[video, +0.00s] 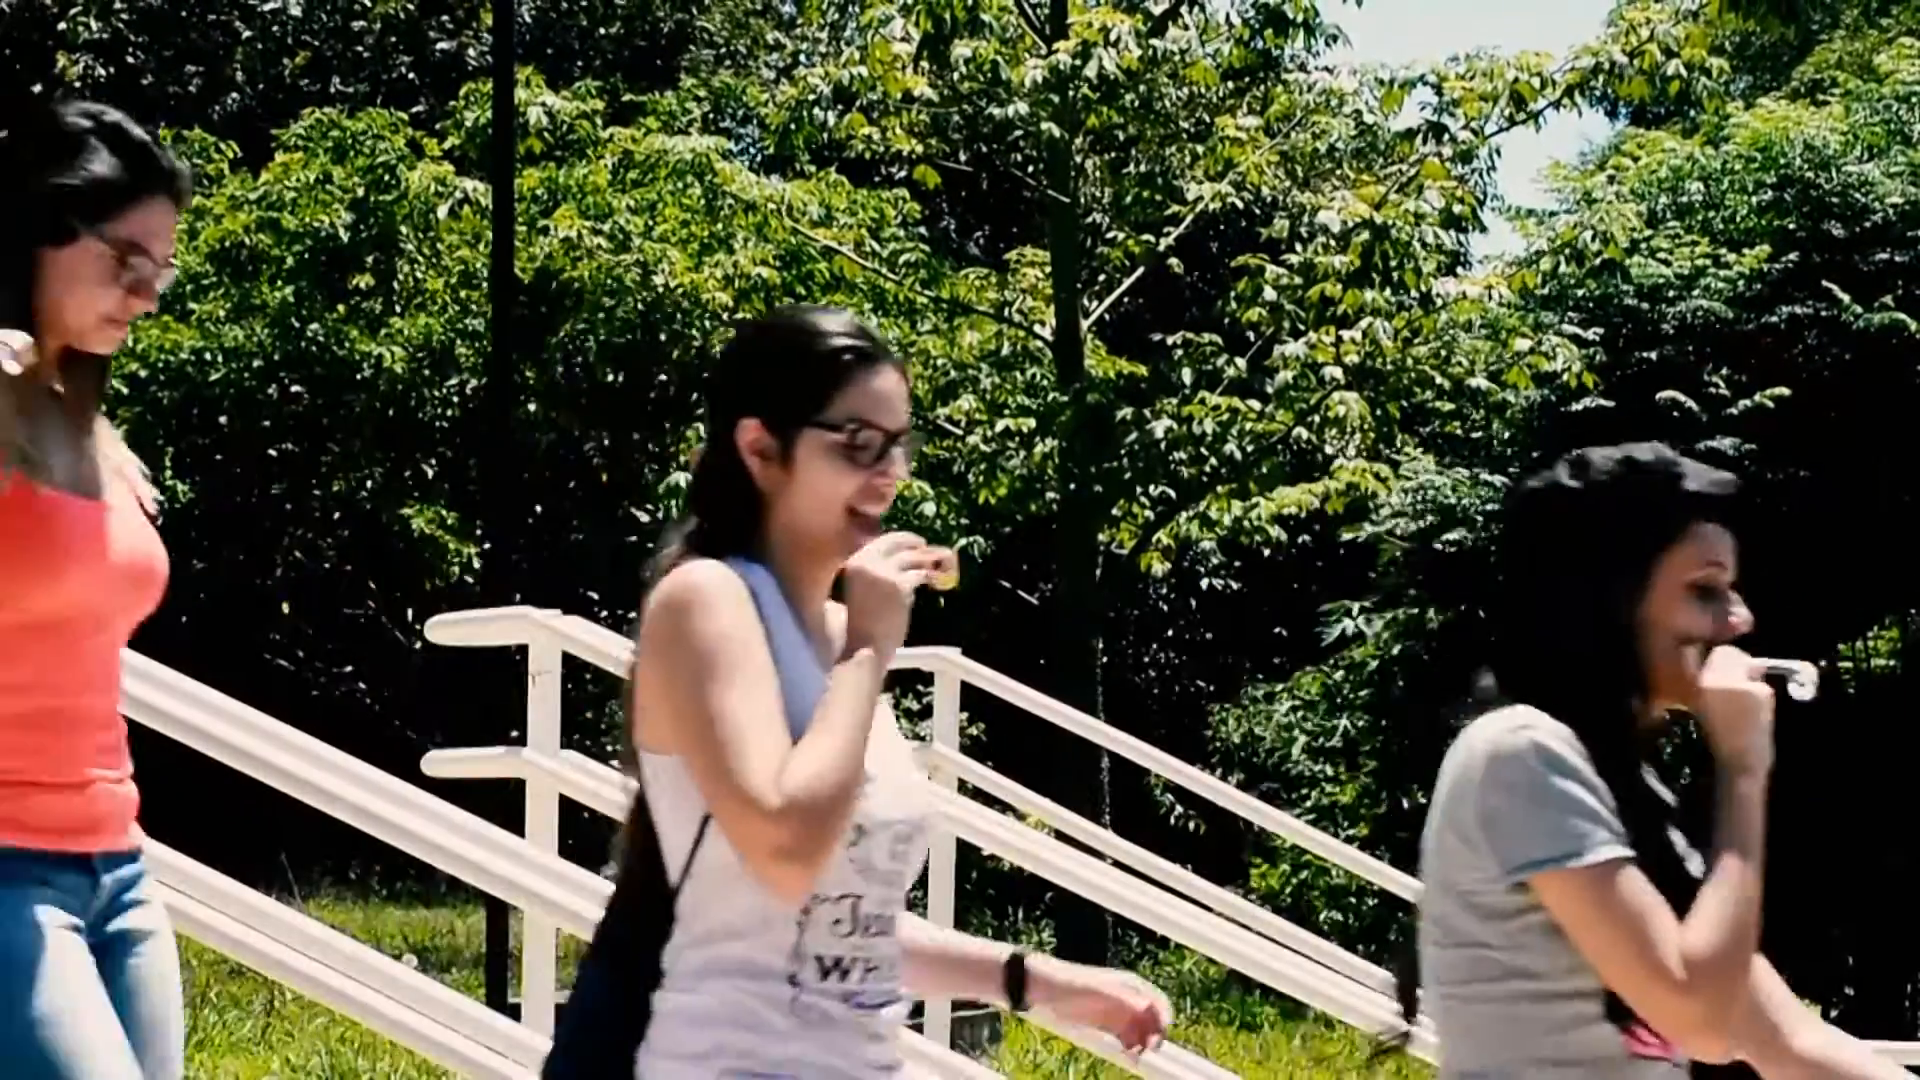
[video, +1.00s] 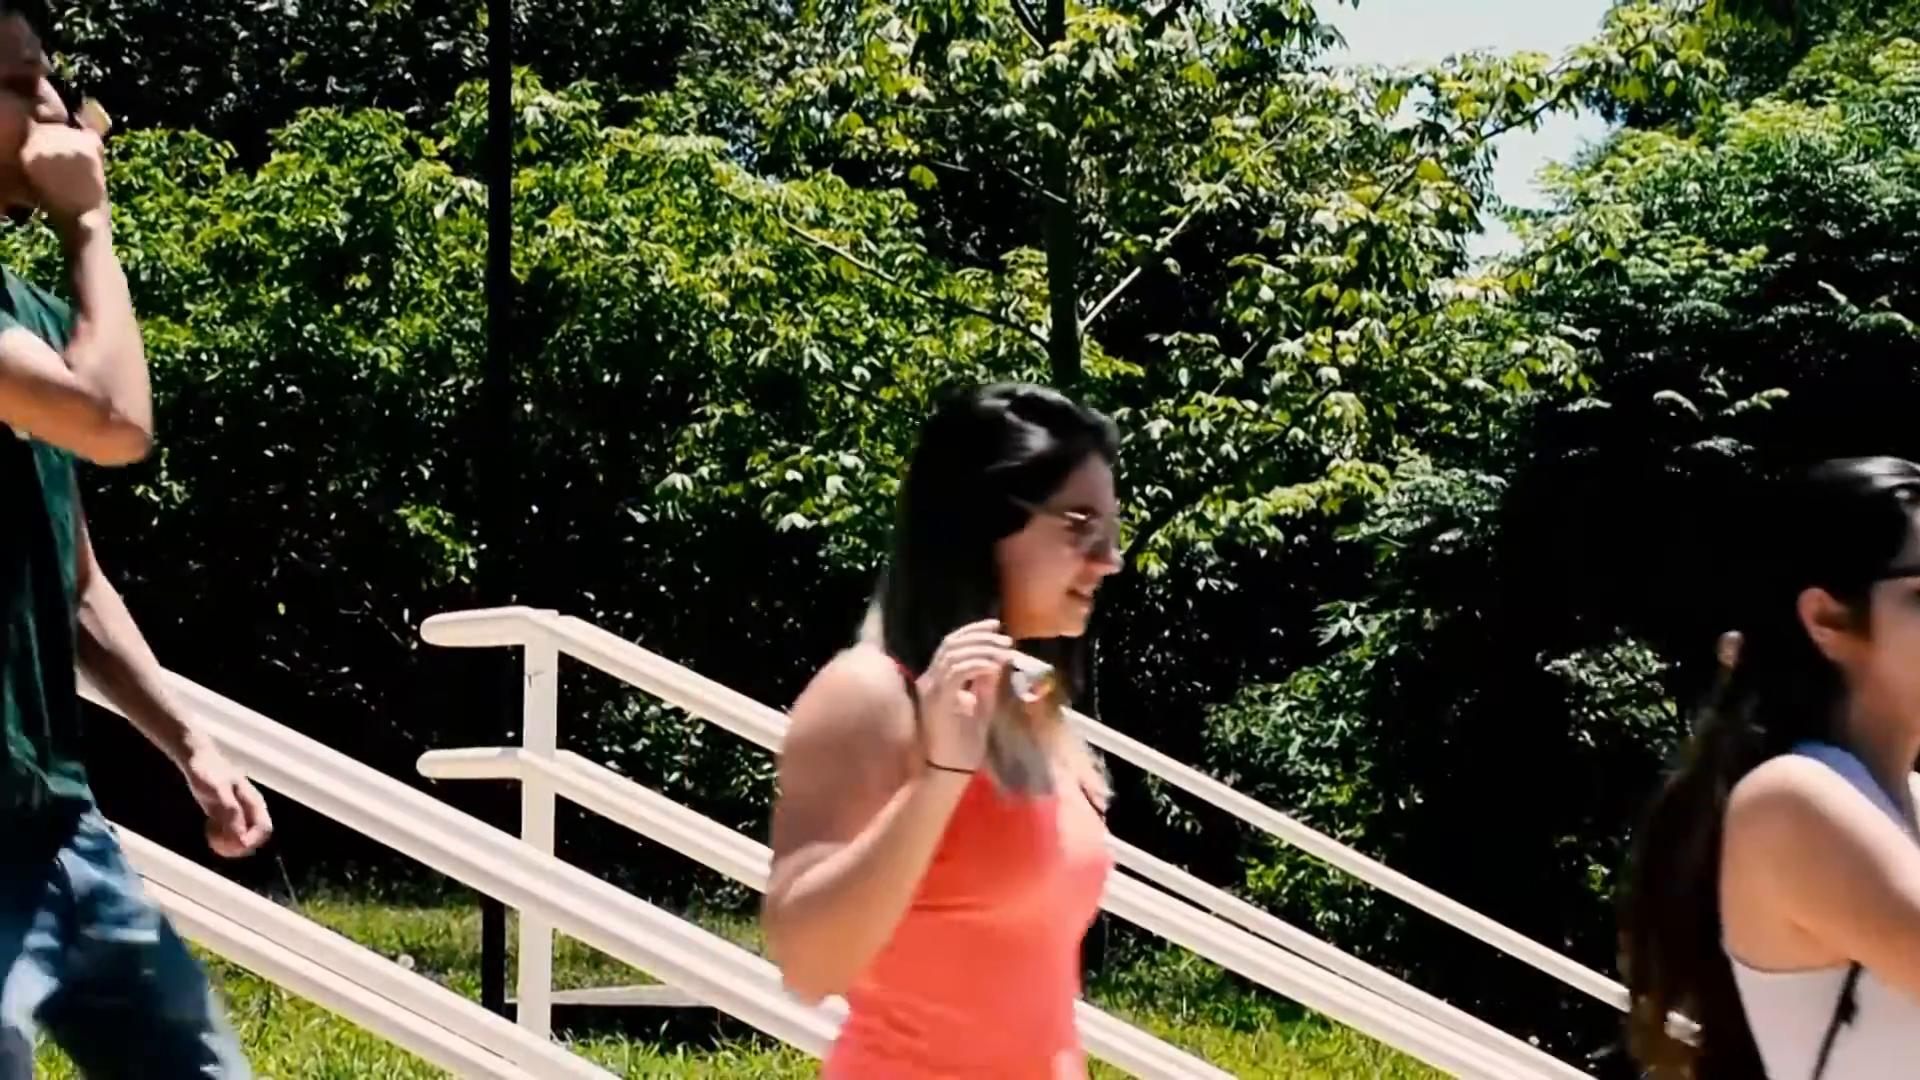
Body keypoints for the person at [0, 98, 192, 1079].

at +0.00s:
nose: (147, 295)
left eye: (160, 272)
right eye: (127, 260)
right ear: (38, 232)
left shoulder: (94, 428)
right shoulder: (9, 402)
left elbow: (79, 660)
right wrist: (4, 368)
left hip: (121, 872)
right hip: (14, 879)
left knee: (163, 1067)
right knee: (108, 1070)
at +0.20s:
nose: (317, 326)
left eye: (334, 301)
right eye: (299, 290)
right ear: (212, 252)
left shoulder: (277, 446)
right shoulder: (47, 401)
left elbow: (259, 678)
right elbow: (6, 641)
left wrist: (375, 872)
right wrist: (84, 474)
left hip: (262, 889)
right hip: (105, 880)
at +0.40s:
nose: (490, 435)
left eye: (506, 410)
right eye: (472, 399)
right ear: (384, 372)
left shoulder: (415, 562)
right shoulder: (238, 516)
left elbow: (400, 820)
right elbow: (165, 777)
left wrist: (539, 992)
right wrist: (295, 585)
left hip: (404, 1021)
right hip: (246, 1024)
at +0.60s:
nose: (682, 489)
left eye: (695, 464)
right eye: (672, 451)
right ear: (586, 415)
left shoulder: (578, 576)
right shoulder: (431, 567)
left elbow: (561, 823)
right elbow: (401, 833)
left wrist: (607, 954)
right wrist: (536, 644)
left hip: (589, 1041)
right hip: (435, 1043)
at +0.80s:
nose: (907, 544)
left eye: (912, 512)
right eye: (882, 507)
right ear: (787, 496)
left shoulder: (808, 674)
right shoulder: (654, 672)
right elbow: (611, 950)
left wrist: (827, 1054)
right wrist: (748, 767)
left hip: (814, 1058)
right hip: (673, 1063)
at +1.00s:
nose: (1110, 559)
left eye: (1112, 527)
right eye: (1079, 523)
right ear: (978, 524)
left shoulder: (1041, 712)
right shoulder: (864, 693)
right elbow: (808, 964)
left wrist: (1059, 1056)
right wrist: (942, 778)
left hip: (1046, 1059)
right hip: (906, 1063)